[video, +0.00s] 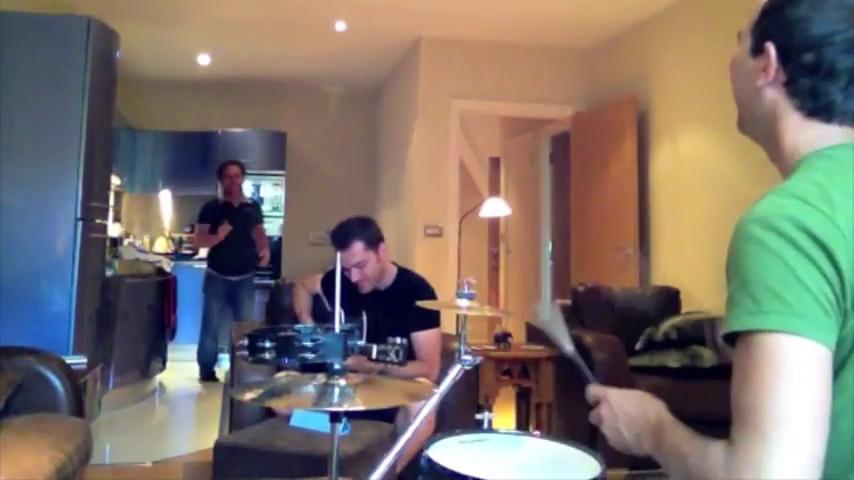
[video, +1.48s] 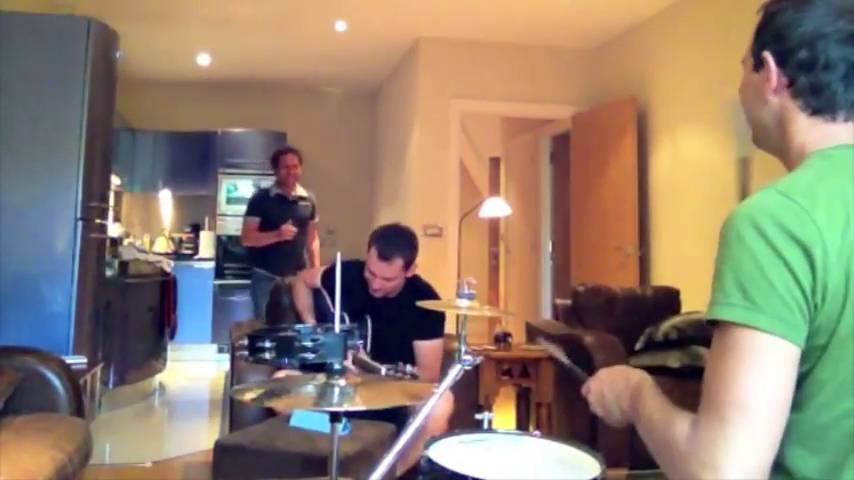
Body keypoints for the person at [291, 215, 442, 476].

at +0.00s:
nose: (354, 277)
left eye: (361, 266)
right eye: (347, 269)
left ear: (382, 252)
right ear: (341, 263)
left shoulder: (416, 291)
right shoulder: (340, 281)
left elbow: (429, 370)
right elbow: (301, 287)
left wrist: (373, 368)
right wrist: (306, 325)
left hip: (396, 389)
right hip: (342, 384)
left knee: (423, 412)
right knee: (282, 401)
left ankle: (384, 474)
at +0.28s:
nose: (361, 276)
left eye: (370, 266)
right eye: (353, 267)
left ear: (389, 253)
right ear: (344, 259)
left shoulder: (416, 290)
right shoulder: (340, 279)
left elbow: (430, 370)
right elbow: (299, 287)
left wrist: (378, 369)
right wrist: (304, 331)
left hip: (398, 390)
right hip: (341, 384)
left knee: (433, 406)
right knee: (282, 400)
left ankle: (386, 473)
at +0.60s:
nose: (370, 272)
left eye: (379, 263)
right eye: (363, 262)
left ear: (401, 254)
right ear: (357, 251)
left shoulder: (421, 289)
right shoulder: (346, 272)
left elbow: (425, 368)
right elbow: (304, 277)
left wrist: (388, 366)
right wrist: (310, 329)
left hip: (395, 388)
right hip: (341, 379)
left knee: (447, 403)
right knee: (276, 399)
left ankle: (390, 473)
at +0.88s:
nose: (387, 273)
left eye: (397, 267)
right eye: (381, 263)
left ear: (420, 261)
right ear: (376, 250)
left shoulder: (433, 296)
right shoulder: (358, 272)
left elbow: (427, 370)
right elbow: (308, 278)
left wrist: (384, 369)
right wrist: (314, 325)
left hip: (399, 387)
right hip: (346, 379)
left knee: (448, 404)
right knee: (279, 384)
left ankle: (394, 470)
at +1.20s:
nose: (389, 281)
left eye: (401, 276)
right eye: (384, 269)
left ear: (420, 270)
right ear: (380, 253)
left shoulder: (431, 302)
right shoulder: (354, 274)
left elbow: (431, 378)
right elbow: (305, 278)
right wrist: (315, 327)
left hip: (397, 388)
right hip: (341, 378)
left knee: (443, 404)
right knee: (284, 379)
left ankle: (391, 473)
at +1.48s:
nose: (376, 286)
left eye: (388, 280)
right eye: (371, 275)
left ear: (410, 271)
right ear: (366, 258)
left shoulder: (424, 301)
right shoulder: (346, 274)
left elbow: (429, 375)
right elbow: (300, 281)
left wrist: (372, 373)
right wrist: (312, 330)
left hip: (394, 390)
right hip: (337, 381)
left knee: (441, 402)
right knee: (283, 382)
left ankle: (390, 473)